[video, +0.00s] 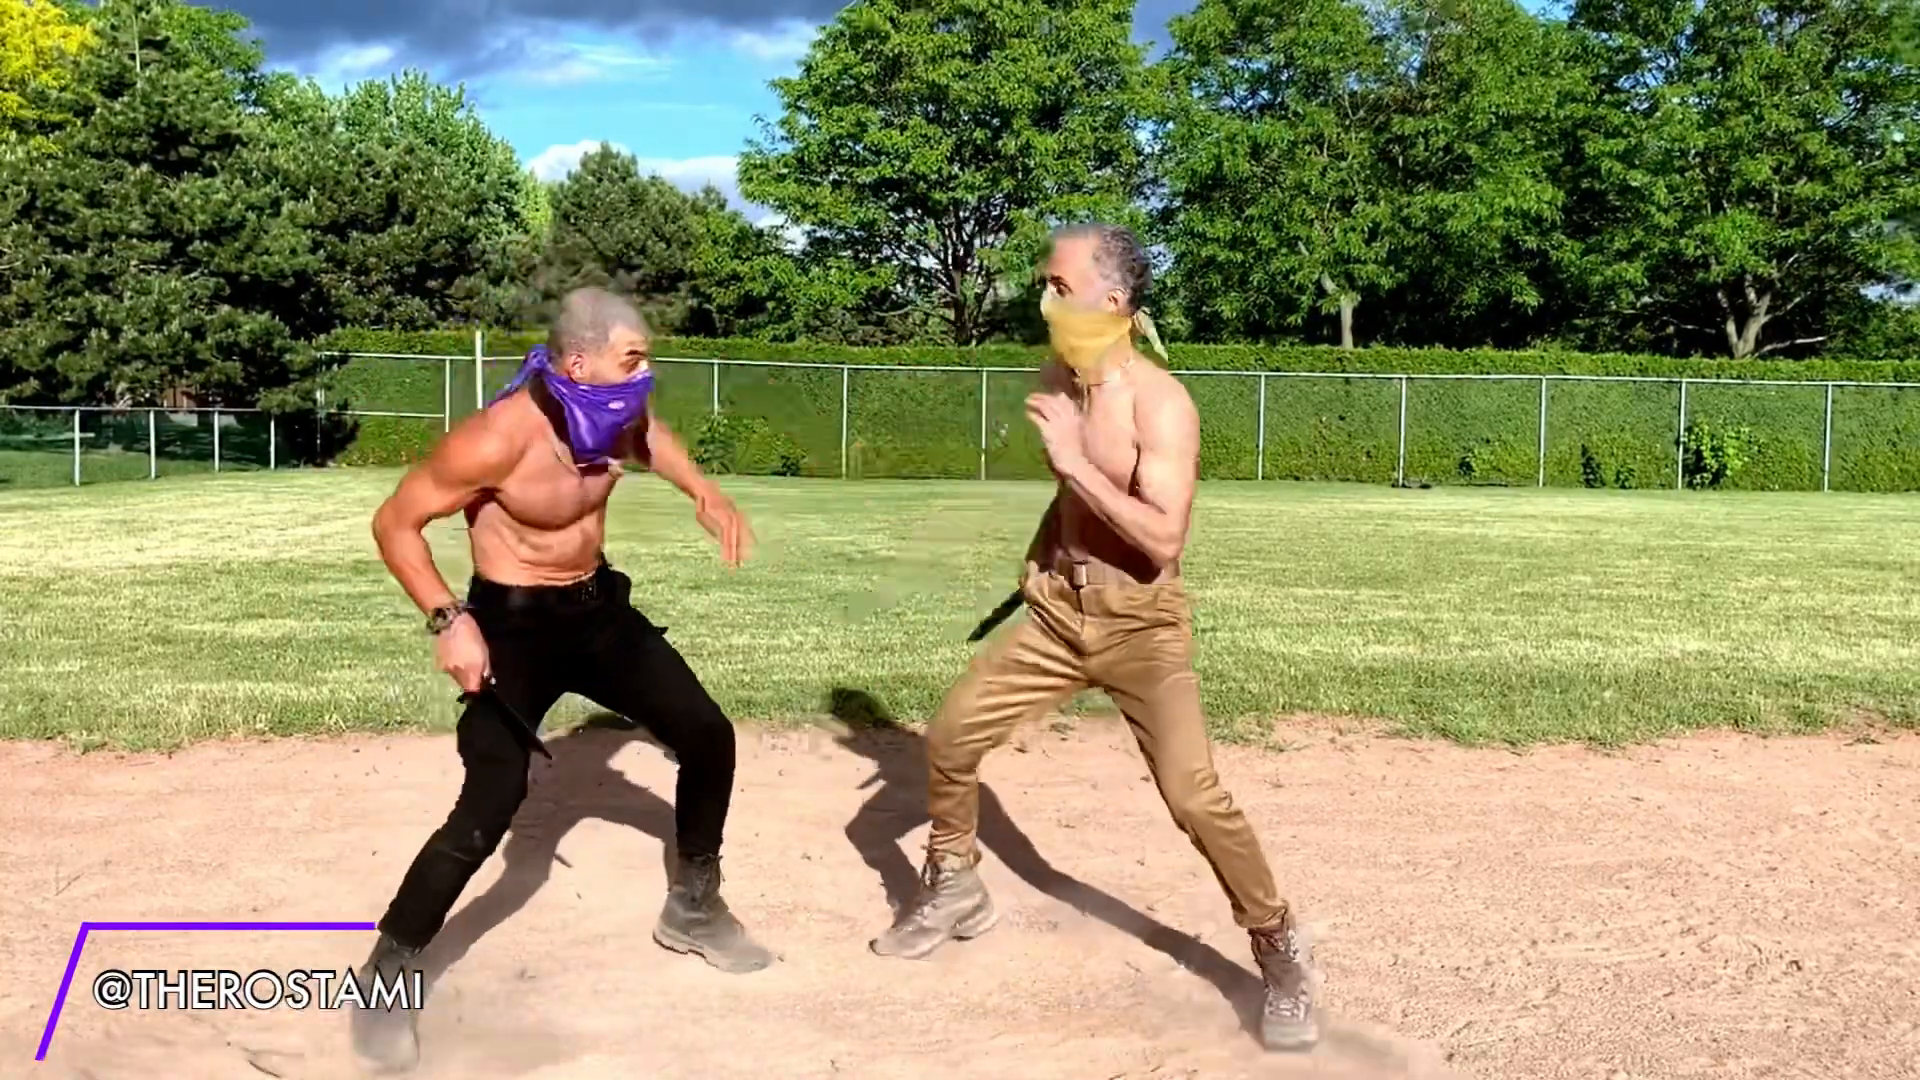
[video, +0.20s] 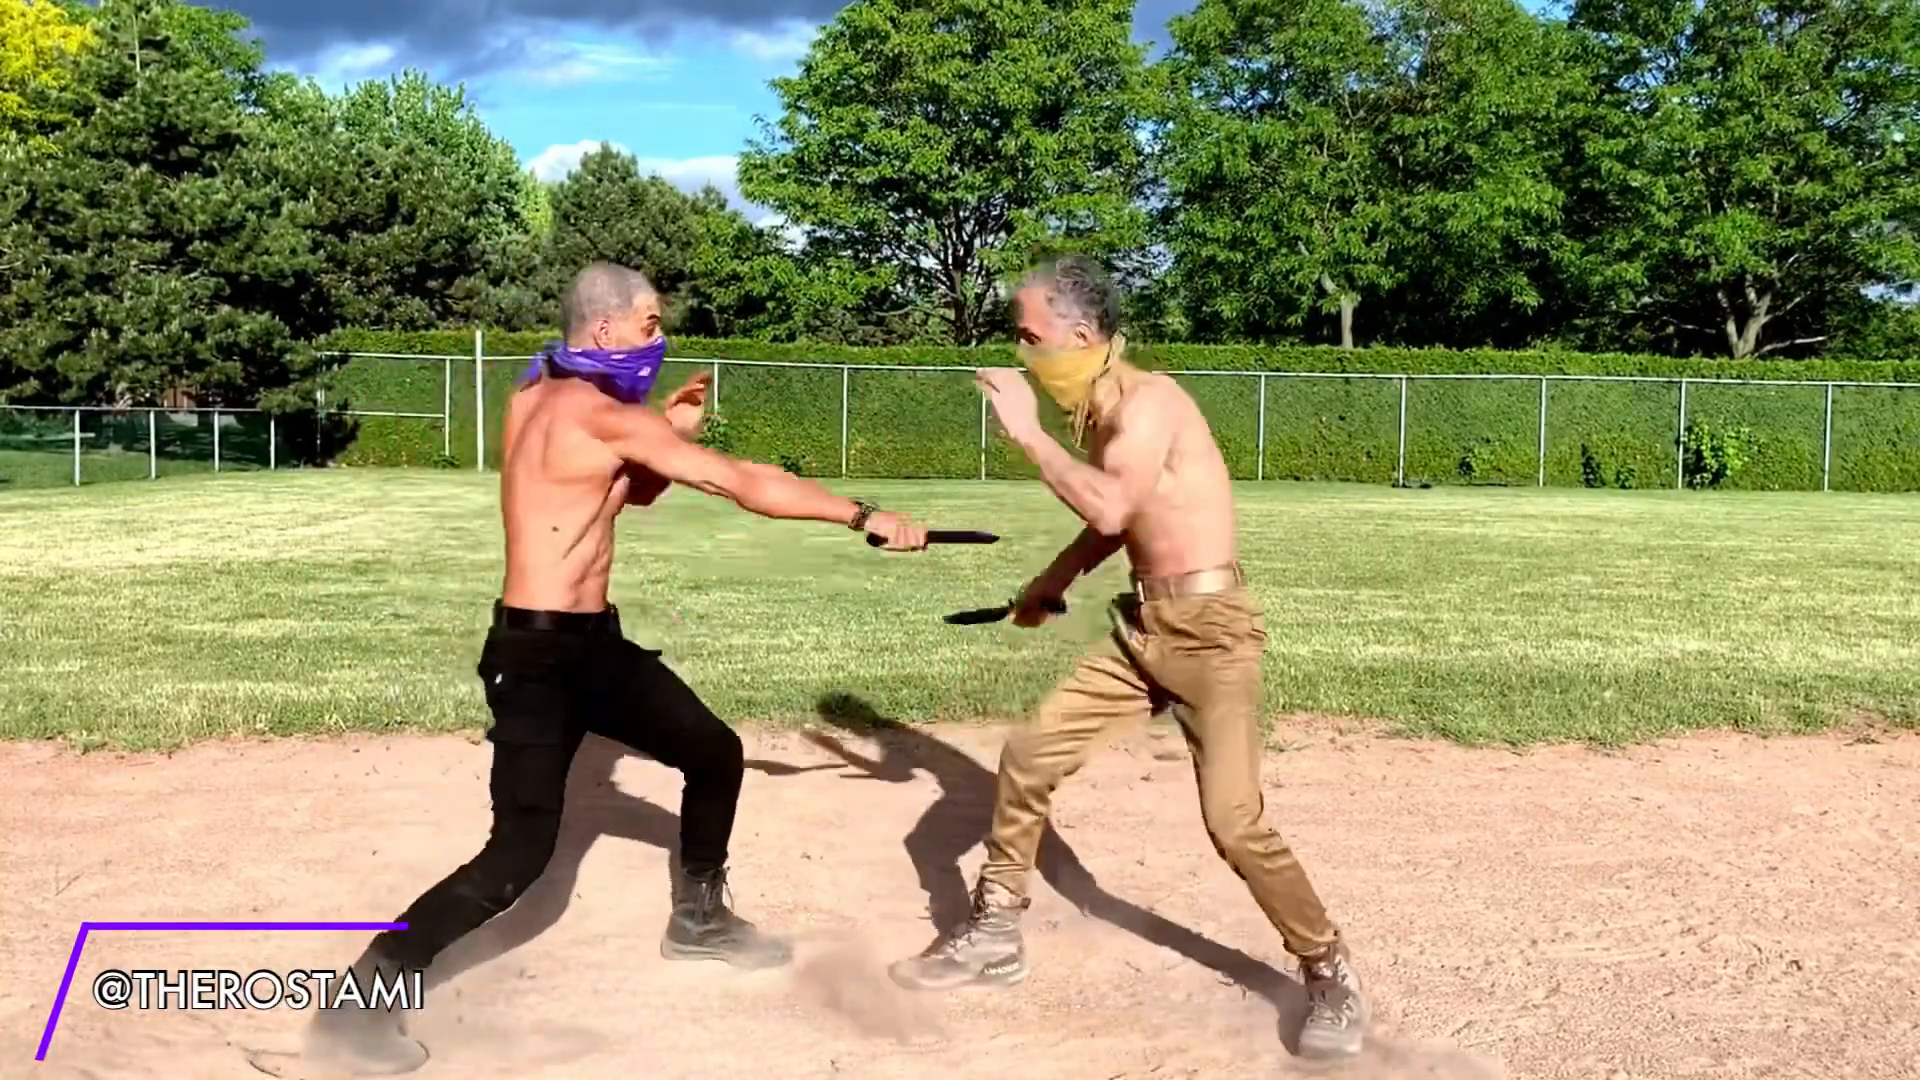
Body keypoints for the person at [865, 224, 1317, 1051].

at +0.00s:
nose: (1045, 302)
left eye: (1059, 288)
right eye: (1045, 287)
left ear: (1112, 297)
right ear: (1084, 294)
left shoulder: (1164, 403)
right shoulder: (1067, 389)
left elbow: (1165, 537)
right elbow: (1073, 495)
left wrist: (1073, 467)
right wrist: (1040, 563)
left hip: (1144, 626)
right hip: (1057, 611)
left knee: (1192, 796)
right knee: (951, 738)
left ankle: (1280, 952)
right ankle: (955, 885)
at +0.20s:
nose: (1024, 354)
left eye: (1032, 337)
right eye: (1022, 339)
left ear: (1082, 333)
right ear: (1072, 337)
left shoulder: (1149, 403)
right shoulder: (1104, 414)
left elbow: (1111, 506)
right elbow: (1116, 526)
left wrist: (1029, 435)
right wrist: (1051, 583)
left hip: (1214, 629)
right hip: (1144, 627)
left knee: (1232, 820)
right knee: (1029, 756)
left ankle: (1331, 974)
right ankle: (997, 932)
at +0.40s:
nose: (1040, 336)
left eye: (1049, 320)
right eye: (1039, 321)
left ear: (1094, 322)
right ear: (1100, 323)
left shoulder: (1125, 413)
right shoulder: (1124, 401)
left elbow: (1085, 557)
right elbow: (1144, 492)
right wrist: (1070, 524)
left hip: (1199, 635)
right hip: (1133, 630)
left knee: (1220, 827)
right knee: (1018, 750)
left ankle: (1330, 971)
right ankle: (1009, 921)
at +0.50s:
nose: (1027, 320)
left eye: (1038, 306)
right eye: (1027, 306)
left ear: (1090, 310)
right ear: (1070, 312)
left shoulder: (1150, 398)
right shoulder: (1050, 400)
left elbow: (1221, 523)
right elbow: (993, 443)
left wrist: (1122, 563)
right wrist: (910, 477)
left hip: (1189, 618)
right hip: (1109, 621)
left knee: (1229, 799)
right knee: (1005, 750)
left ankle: (1329, 968)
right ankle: (1006, 918)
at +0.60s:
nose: (1022, 318)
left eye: (1034, 304)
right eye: (1022, 304)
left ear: (1086, 309)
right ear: (1066, 310)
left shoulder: (1157, 401)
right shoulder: (1035, 388)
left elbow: (1177, 528)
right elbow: (967, 442)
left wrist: (1066, 493)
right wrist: (891, 496)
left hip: (1166, 622)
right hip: (1085, 614)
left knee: (1243, 789)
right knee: (980, 745)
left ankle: (1338, 952)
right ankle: (997, 909)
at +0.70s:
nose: (1018, 307)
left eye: (1029, 294)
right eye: (1018, 293)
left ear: (1076, 300)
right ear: (1063, 299)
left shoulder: (1111, 377)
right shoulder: (1062, 393)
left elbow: (1034, 445)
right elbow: (1072, 489)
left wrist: (927, 409)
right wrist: (1027, 537)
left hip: (1142, 618)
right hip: (1068, 613)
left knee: (1210, 782)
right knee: (982, 757)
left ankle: (1323, 944)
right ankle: (984, 912)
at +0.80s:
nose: (1010, 291)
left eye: (1022, 278)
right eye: (1012, 276)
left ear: (1068, 287)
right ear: (1071, 287)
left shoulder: (1074, 358)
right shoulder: (1088, 362)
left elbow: (969, 416)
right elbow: (1152, 442)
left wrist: (851, 445)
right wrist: (1064, 500)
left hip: (1132, 606)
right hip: (1066, 603)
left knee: (1202, 779)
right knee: (978, 754)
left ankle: (1314, 937)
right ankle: (988, 909)